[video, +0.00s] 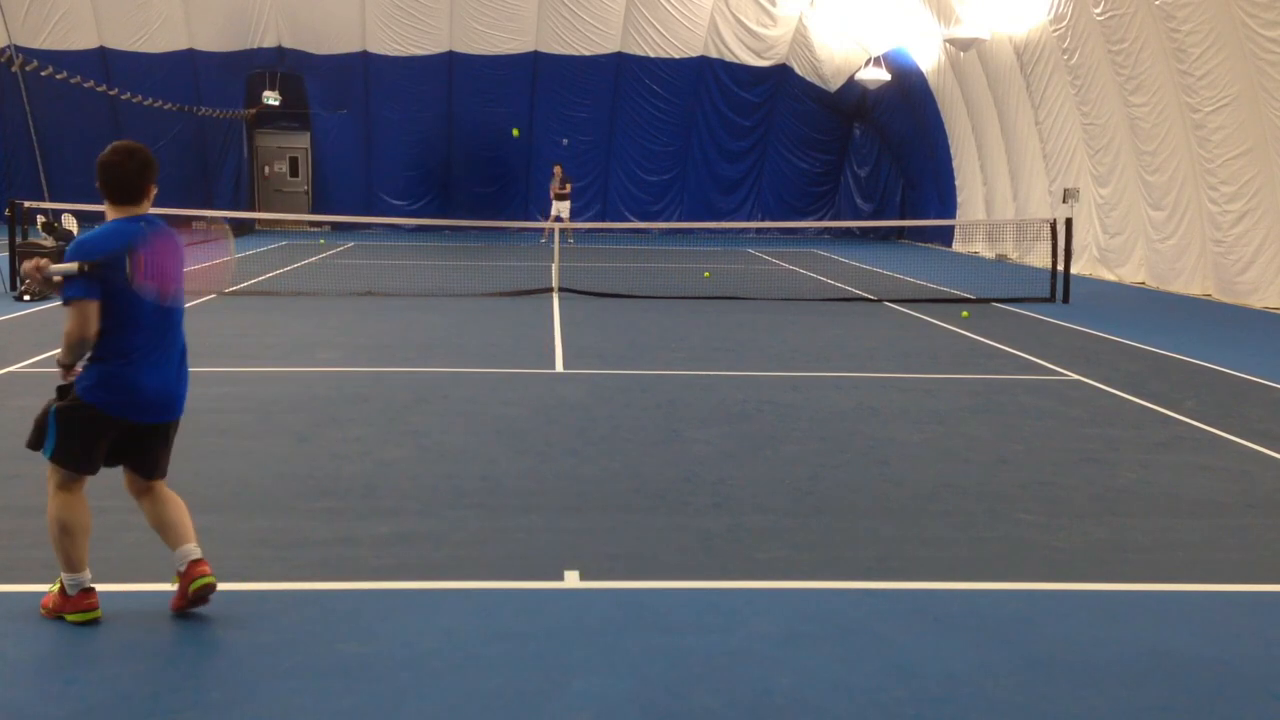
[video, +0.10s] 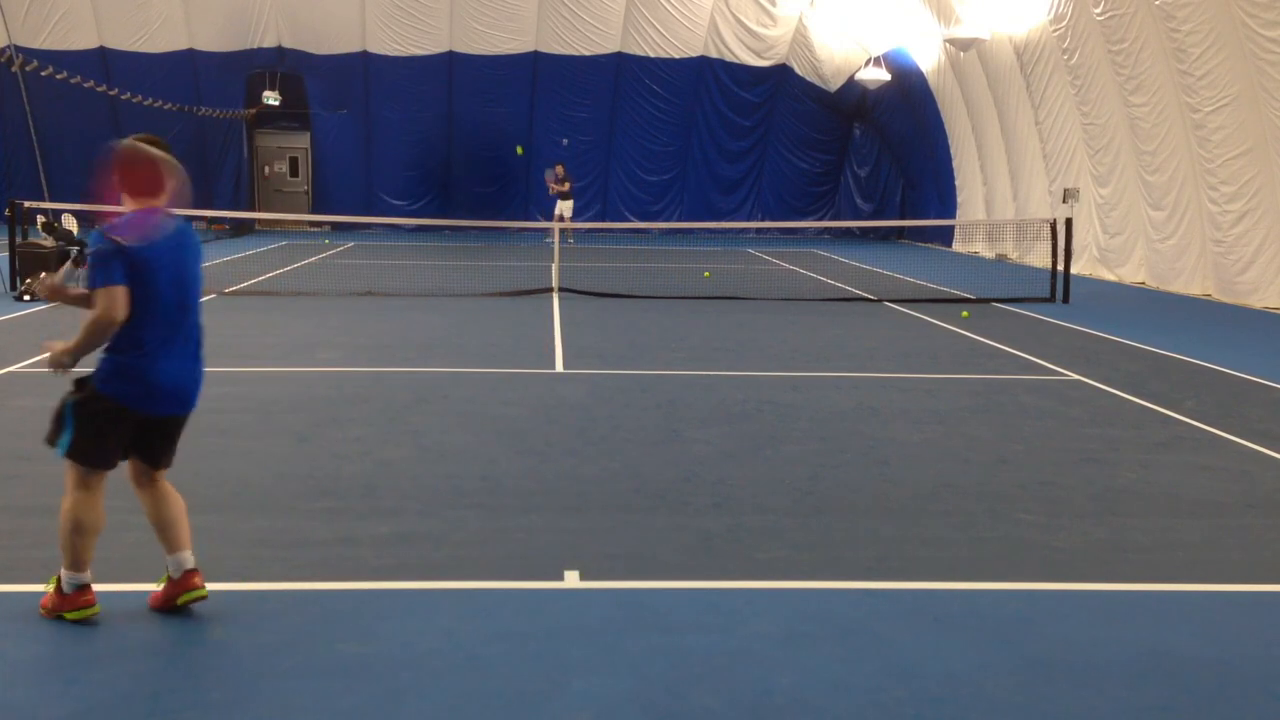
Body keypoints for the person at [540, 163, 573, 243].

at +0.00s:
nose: (556, 171)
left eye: (558, 169)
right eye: (555, 169)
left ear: (561, 170)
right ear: (553, 171)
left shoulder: (566, 179)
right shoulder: (553, 180)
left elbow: (568, 190)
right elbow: (551, 188)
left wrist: (557, 191)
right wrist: (552, 194)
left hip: (565, 201)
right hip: (556, 200)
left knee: (566, 219)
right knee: (552, 218)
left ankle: (570, 237)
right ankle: (545, 236)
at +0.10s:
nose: (558, 171)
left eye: (559, 169)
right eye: (556, 169)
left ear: (563, 169)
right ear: (555, 170)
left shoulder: (567, 178)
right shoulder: (556, 179)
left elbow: (566, 189)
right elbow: (555, 191)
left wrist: (555, 186)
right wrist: (552, 189)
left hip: (568, 200)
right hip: (560, 199)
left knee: (567, 219)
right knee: (556, 218)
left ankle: (570, 237)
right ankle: (552, 236)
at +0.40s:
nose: (560, 172)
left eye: (561, 170)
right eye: (559, 170)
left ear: (565, 170)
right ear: (558, 171)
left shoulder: (567, 178)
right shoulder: (563, 179)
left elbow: (558, 183)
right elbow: (557, 187)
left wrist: (548, 176)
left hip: (575, 200)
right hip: (568, 201)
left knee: (577, 218)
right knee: (567, 218)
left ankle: (587, 234)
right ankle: (570, 236)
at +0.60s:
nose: (563, 175)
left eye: (564, 173)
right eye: (562, 174)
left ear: (568, 172)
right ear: (562, 174)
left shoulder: (573, 179)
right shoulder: (568, 181)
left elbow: (569, 186)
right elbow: (570, 193)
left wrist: (560, 191)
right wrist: (567, 201)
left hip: (580, 201)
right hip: (573, 201)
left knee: (584, 219)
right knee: (569, 218)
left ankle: (594, 235)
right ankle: (570, 237)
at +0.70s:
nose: (567, 173)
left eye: (568, 170)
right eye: (566, 171)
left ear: (572, 170)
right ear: (565, 173)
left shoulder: (581, 178)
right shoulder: (569, 181)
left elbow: (584, 183)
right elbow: (565, 193)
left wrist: (579, 190)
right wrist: (560, 203)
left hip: (583, 200)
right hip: (574, 200)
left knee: (587, 218)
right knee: (571, 218)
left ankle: (594, 235)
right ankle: (570, 237)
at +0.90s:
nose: (577, 169)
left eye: (578, 167)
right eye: (576, 168)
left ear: (582, 167)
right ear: (575, 169)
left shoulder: (588, 176)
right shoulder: (577, 177)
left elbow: (597, 181)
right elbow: (567, 176)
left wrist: (594, 182)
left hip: (590, 199)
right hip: (581, 200)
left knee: (592, 218)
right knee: (578, 217)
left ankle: (593, 236)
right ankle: (571, 236)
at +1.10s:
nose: (585, 168)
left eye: (587, 166)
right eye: (584, 166)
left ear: (589, 167)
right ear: (582, 168)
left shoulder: (590, 178)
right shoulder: (582, 176)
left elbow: (594, 185)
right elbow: (593, 173)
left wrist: (599, 188)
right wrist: (601, 170)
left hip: (591, 199)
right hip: (583, 199)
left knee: (592, 218)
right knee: (581, 217)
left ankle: (593, 235)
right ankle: (570, 234)